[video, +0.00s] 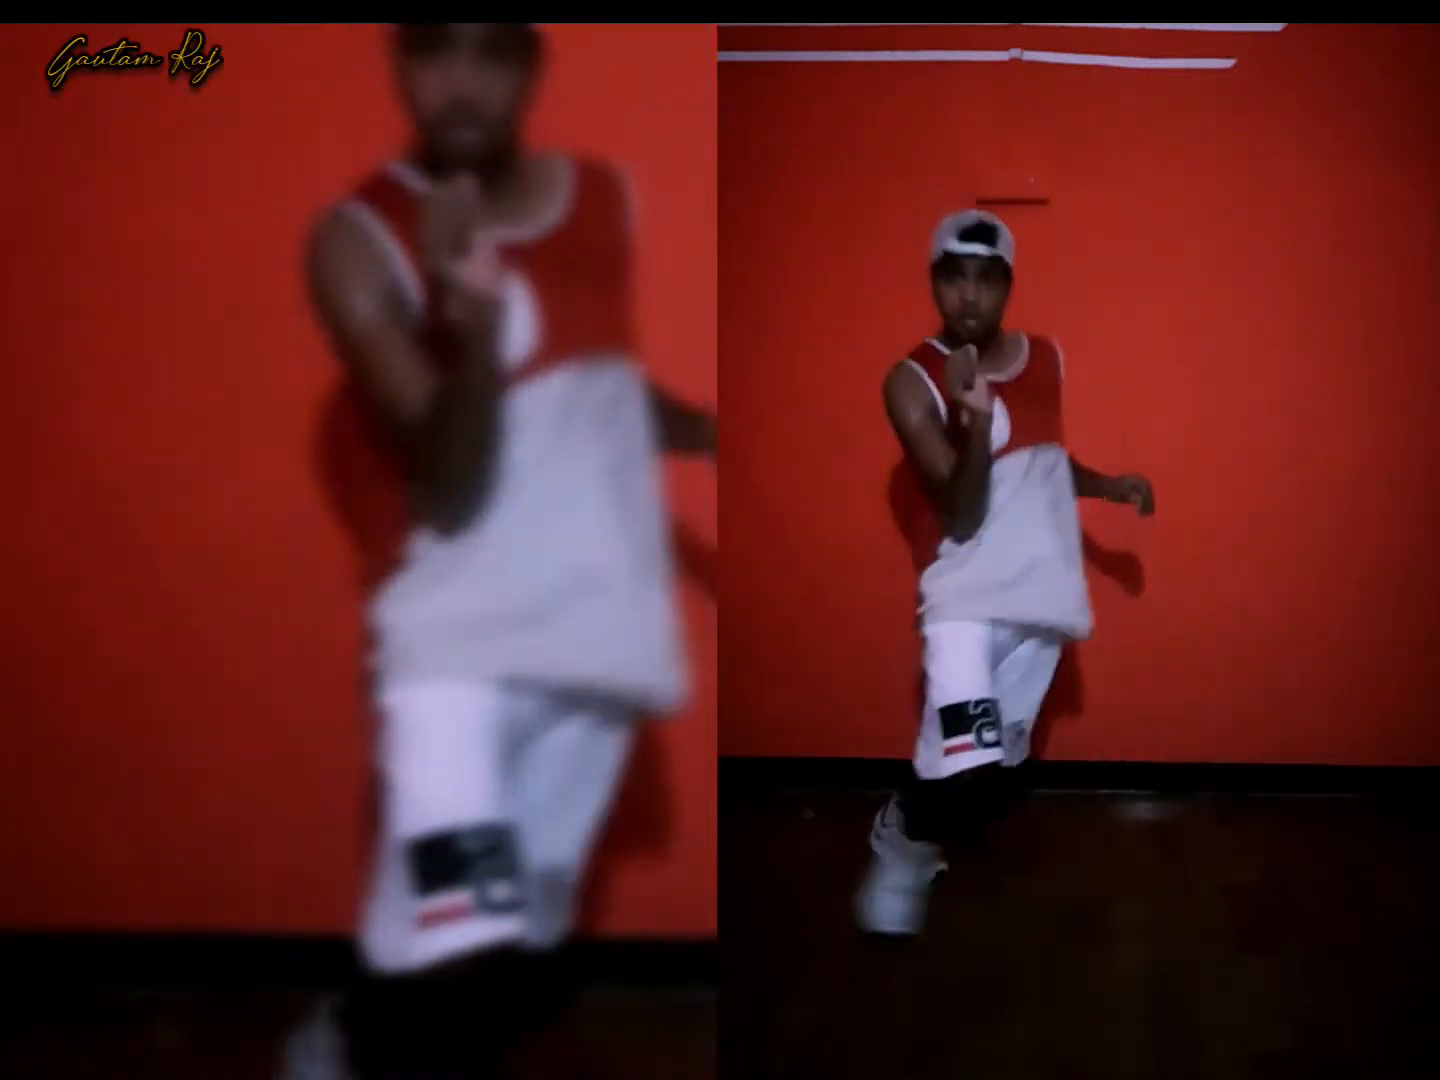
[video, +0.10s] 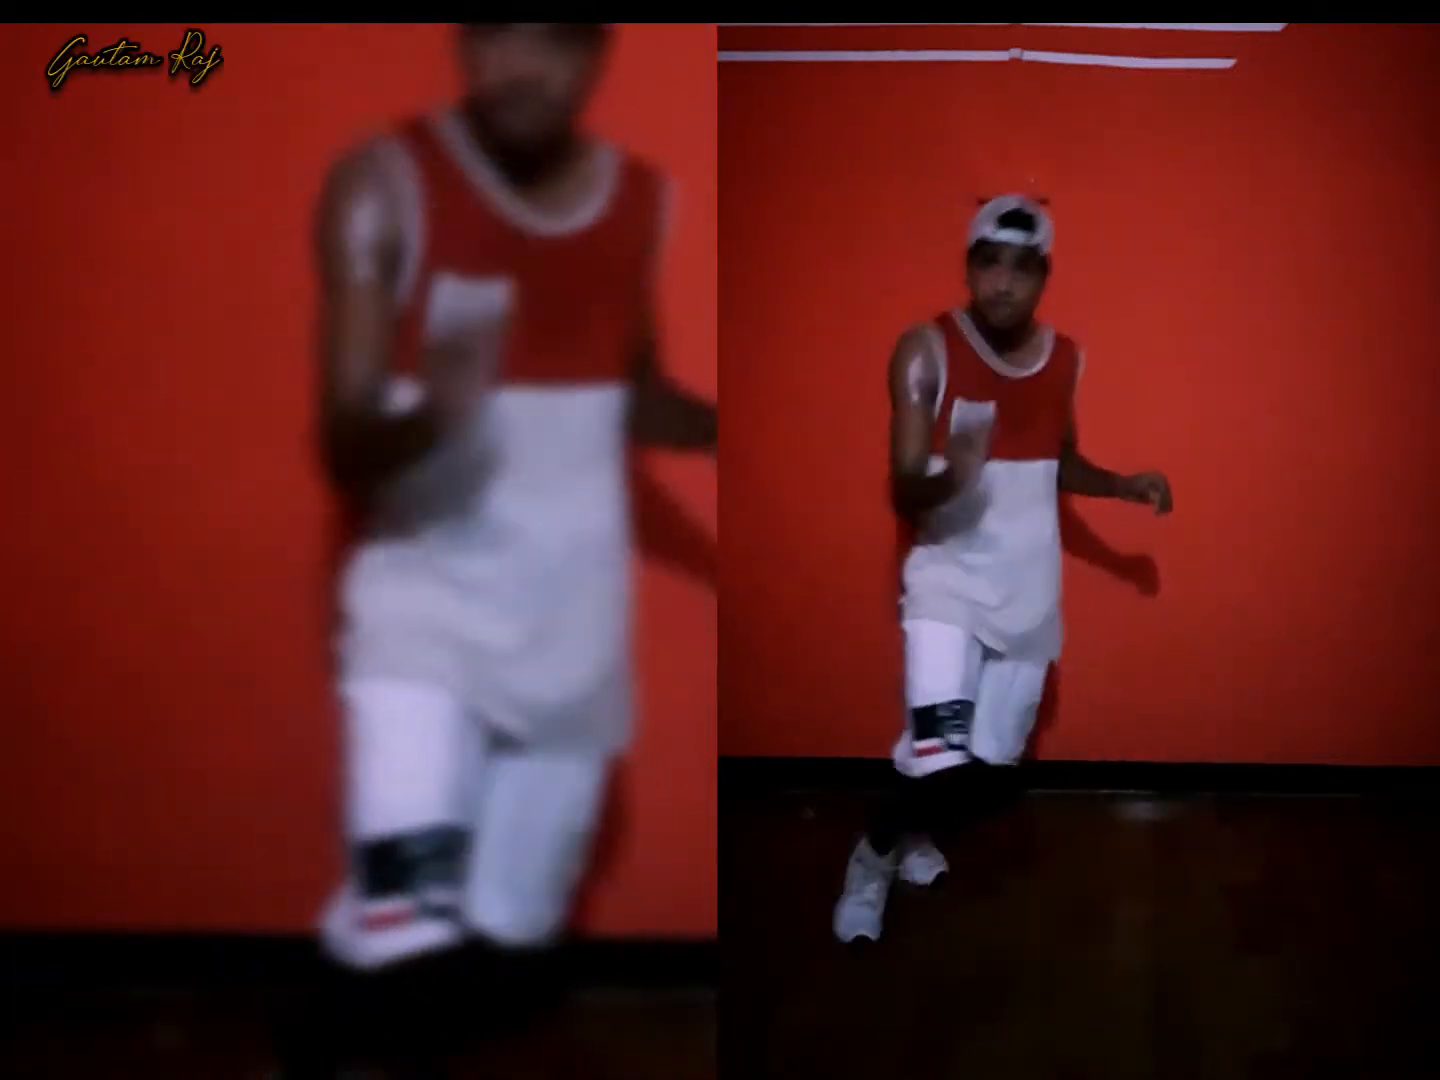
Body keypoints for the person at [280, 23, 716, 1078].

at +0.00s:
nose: (460, 85)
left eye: (490, 55)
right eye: (434, 54)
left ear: (533, 71)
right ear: (401, 72)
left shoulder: (595, 197)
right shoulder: (362, 237)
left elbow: (595, 386)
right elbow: (444, 485)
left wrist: (723, 435)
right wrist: (468, 337)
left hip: (600, 629)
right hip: (456, 633)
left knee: (527, 962)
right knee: (450, 955)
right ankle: (330, 1053)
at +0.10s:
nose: (519, 68)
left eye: (551, 42)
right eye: (496, 39)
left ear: (596, 58)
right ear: (463, 50)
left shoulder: (631, 194)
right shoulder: (387, 184)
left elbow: (630, 391)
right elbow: (349, 439)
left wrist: (740, 431)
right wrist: (426, 405)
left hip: (575, 625)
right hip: (422, 608)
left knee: (512, 965)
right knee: (406, 940)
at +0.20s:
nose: (603, 47)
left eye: (632, 25)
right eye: (579, 22)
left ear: (671, 43)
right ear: (537, 34)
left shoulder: (694, 176)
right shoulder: (450, 157)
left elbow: (679, 341)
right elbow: (298, 388)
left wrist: (770, 441)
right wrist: (345, 545)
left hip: (562, 590)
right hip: (395, 584)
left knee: (610, 864)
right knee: (355, 899)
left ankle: (457, 1041)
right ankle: (302, 1078)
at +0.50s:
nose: (734, 123)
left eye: (750, 98)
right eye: (720, 91)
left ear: (786, 120)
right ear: (690, 95)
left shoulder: (799, 249)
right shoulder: (573, 201)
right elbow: (447, 340)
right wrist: (385, 519)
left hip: (704, 605)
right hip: (529, 588)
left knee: (734, 906)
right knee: (441, 888)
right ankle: (437, 1069)